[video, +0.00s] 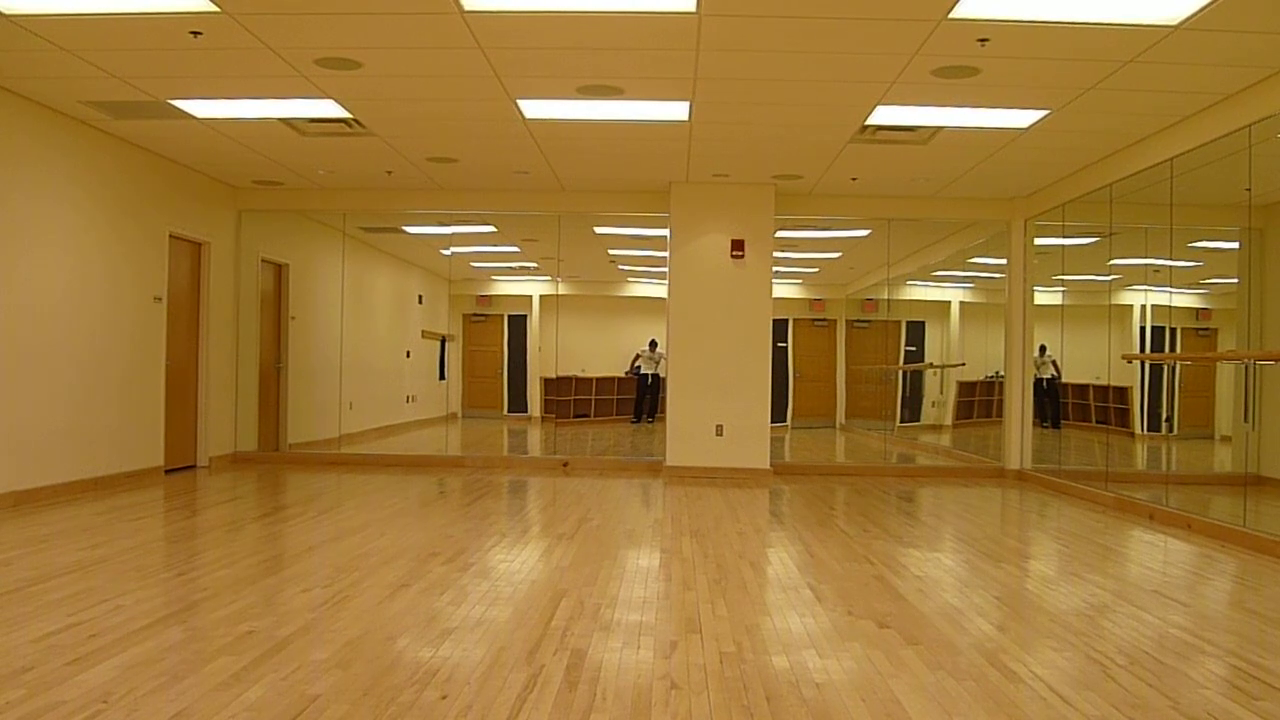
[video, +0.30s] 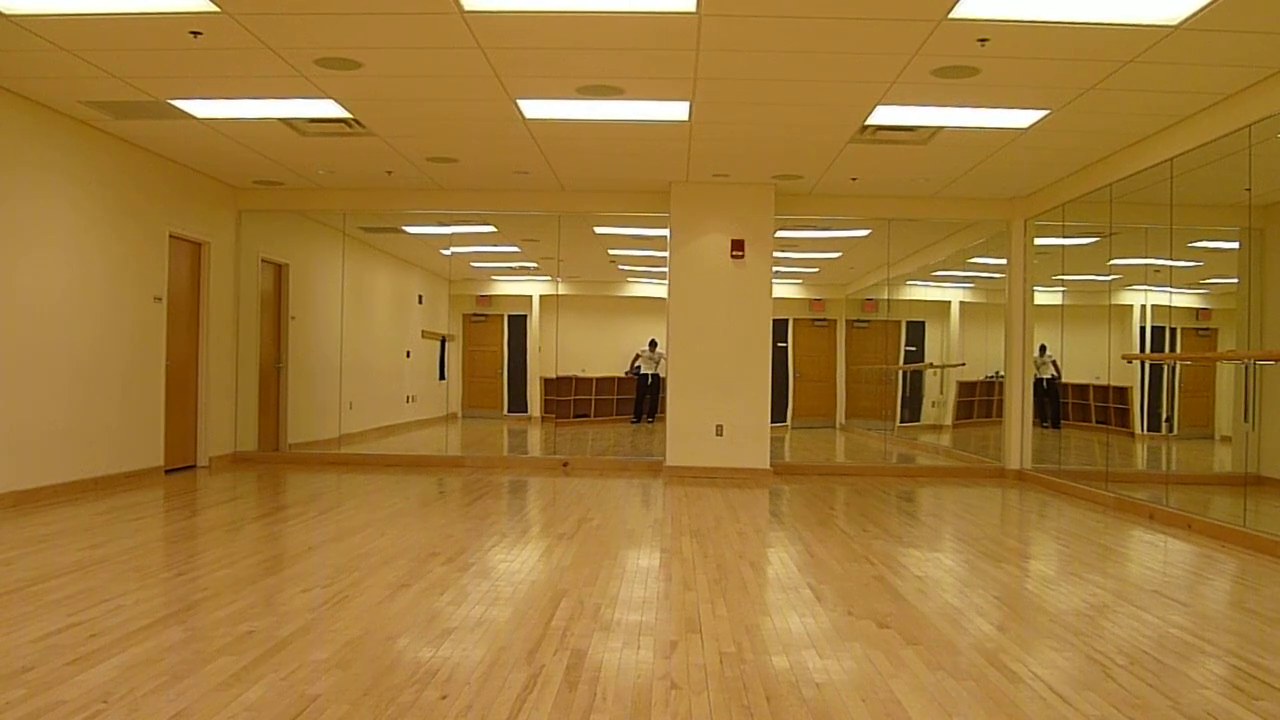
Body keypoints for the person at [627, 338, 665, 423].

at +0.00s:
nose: (652, 350)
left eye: (654, 349)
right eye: (651, 348)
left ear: (656, 348)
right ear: (648, 347)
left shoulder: (660, 354)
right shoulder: (642, 352)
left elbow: (668, 361)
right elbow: (634, 360)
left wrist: (668, 373)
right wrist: (631, 369)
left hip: (654, 373)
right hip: (643, 373)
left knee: (654, 396)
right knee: (640, 395)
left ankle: (651, 416)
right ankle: (637, 416)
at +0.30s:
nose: (652, 350)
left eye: (653, 349)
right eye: (650, 348)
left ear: (656, 348)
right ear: (648, 347)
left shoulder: (660, 354)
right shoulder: (642, 352)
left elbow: (667, 361)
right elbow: (634, 360)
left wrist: (667, 373)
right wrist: (631, 370)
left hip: (654, 374)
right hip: (643, 373)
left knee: (654, 396)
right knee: (640, 395)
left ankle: (651, 416)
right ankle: (637, 416)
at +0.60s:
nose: (652, 350)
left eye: (653, 348)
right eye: (650, 348)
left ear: (656, 348)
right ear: (648, 346)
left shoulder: (660, 354)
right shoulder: (642, 352)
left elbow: (668, 361)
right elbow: (634, 360)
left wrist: (667, 373)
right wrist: (631, 370)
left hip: (654, 374)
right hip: (643, 374)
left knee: (654, 396)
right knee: (640, 395)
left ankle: (651, 416)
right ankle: (637, 416)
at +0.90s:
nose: (652, 350)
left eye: (654, 348)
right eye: (651, 348)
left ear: (656, 348)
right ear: (648, 347)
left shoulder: (660, 354)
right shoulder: (642, 352)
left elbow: (668, 361)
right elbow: (634, 360)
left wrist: (667, 373)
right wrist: (631, 369)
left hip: (654, 374)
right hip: (643, 374)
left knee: (654, 396)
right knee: (640, 395)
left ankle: (651, 416)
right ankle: (637, 416)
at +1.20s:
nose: (652, 350)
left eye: (654, 348)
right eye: (651, 348)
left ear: (656, 347)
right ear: (648, 346)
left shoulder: (660, 354)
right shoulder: (642, 352)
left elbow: (668, 361)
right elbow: (634, 360)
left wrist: (667, 373)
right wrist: (631, 369)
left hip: (654, 374)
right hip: (643, 374)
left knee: (654, 396)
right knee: (640, 395)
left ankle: (651, 416)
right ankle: (637, 416)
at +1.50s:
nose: (652, 349)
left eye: (653, 348)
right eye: (650, 347)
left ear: (656, 347)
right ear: (648, 346)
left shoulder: (660, 354)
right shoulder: (642, 352)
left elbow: (668, 362)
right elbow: (634, 360)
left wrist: (668, 374)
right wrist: (631, 370)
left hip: (654, 374)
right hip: (643, 373)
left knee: (654, 396)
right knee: (640, 395)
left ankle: (651, 416)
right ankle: (637, 416)